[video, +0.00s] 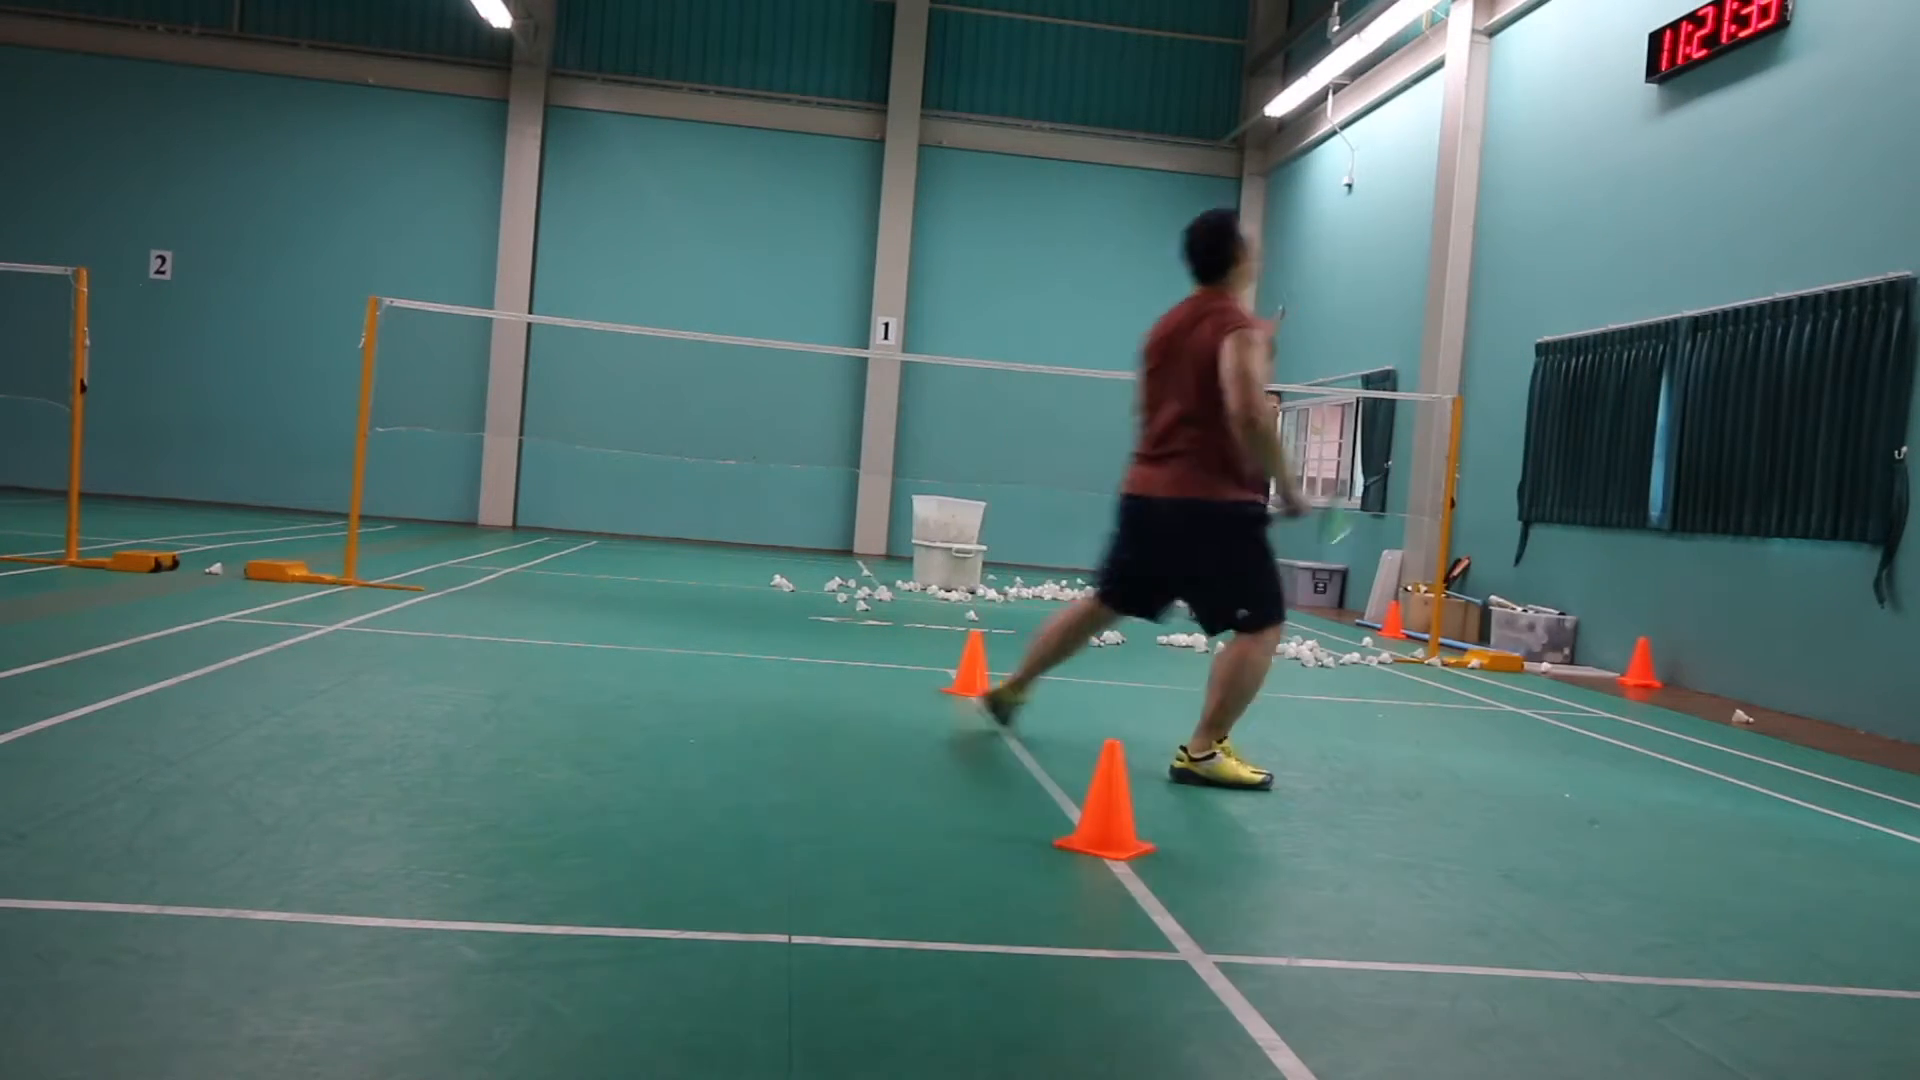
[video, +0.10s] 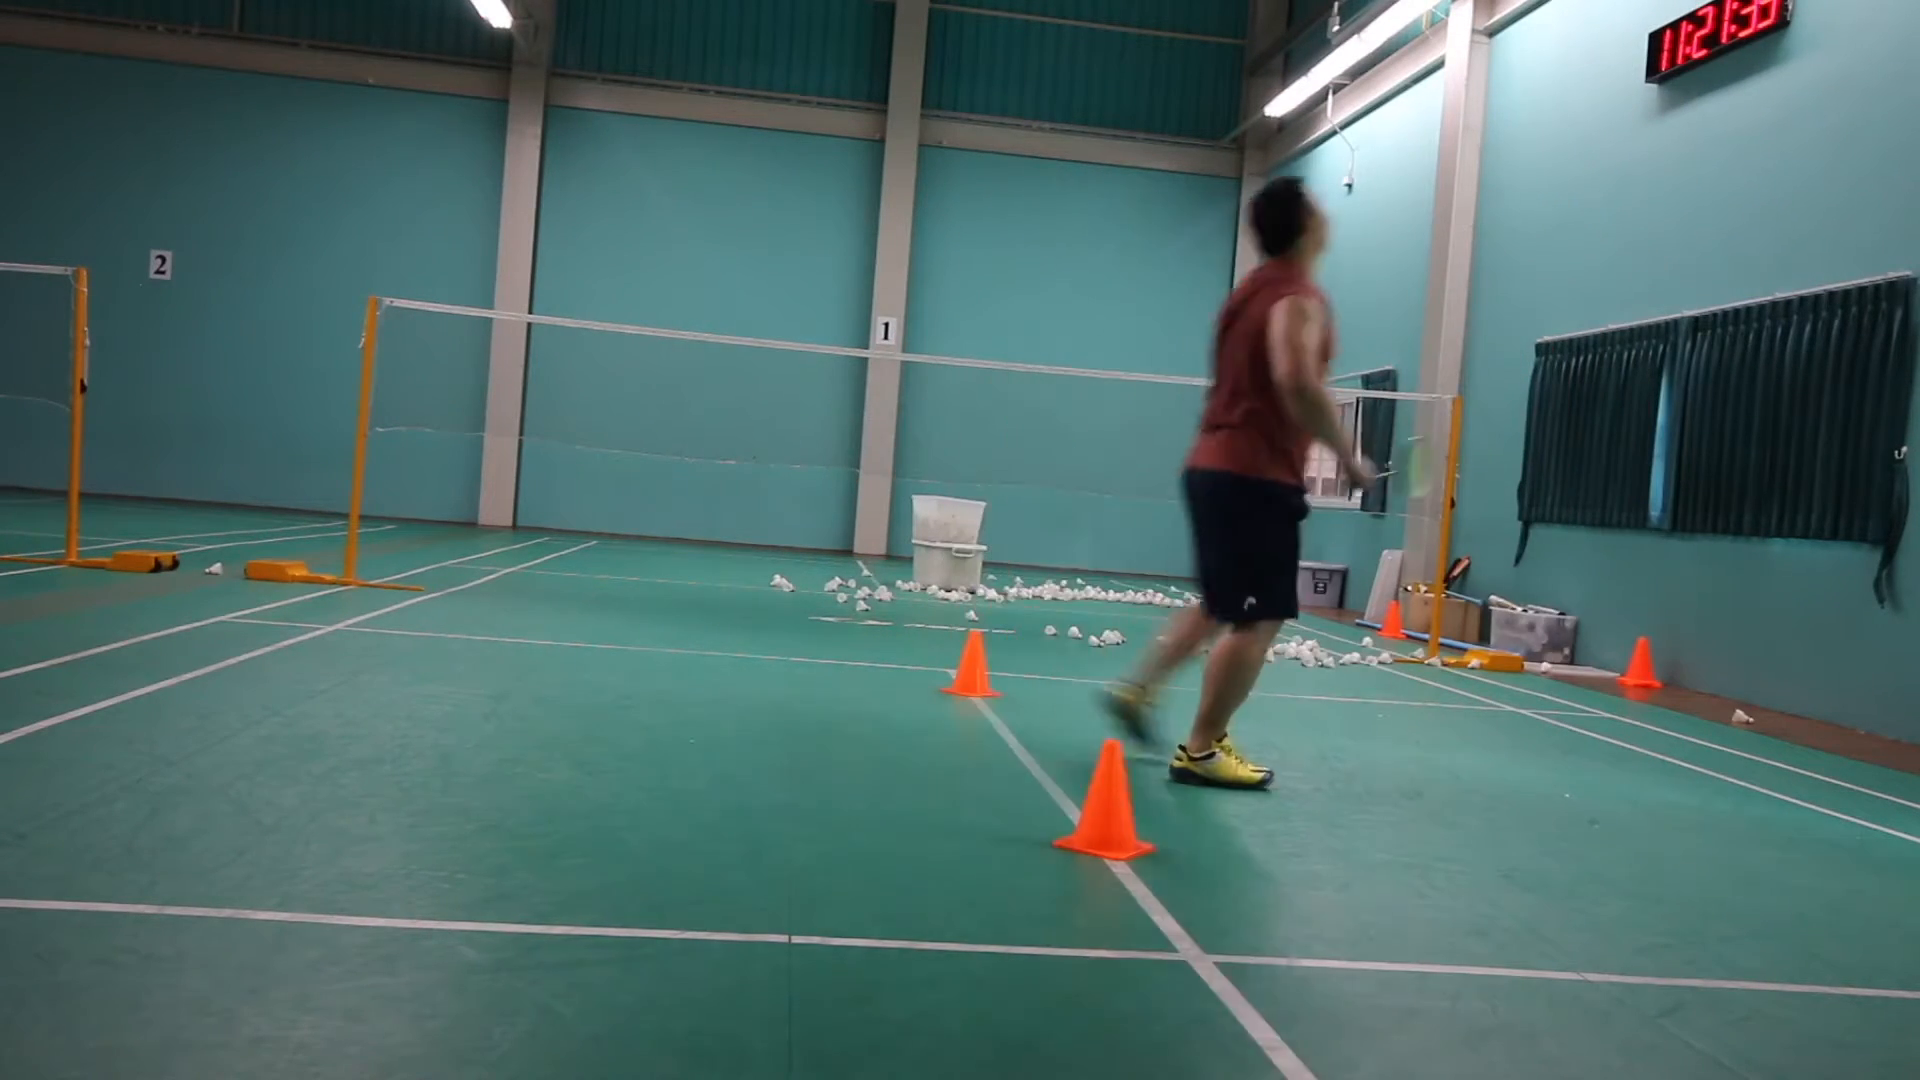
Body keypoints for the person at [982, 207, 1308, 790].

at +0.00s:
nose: (1255, 252)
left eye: (1250, 243)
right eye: (1251, 245)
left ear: (1195, 263)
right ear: (1241, 258)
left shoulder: (1165, 328)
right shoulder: (1240, 326)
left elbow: (1157, 414)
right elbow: (1248, 411)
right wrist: (1288, 483)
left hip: (1148, 501)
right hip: (1217, 510)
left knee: (1107, 601)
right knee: (1261, 628)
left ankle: (1012, 689)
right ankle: (1204, 748)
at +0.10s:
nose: (1327, 220)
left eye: (1321, 210)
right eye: (1319, 213)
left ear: (1266, 233)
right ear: (1307, 227)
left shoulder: (1248, 291)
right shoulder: (1297, 296)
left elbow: (1236, 384)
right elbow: (1295, 380)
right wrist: (1349, 454)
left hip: (1212, 470)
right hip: (1257, 481)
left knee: (1220, 601)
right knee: (1264, 615)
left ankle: (1137, 688)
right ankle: (1203, 747)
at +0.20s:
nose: (1418, 229)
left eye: (1412, 220)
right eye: (1409, 222)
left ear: (1365, 243)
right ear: (1395, 238)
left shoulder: (1351, 297)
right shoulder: (1376, 303)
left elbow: (1386, 357)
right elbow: (1384, 372)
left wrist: (1453, 336)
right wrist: (1457, 422)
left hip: (1328, 498)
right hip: (1310, 498)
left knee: (1380, 612)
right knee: (1272, 624)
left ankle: (1373, 757)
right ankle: (1201, 748)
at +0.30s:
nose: (1502, 239)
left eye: (1495, 230)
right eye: (1493, 232)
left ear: (1451, 254)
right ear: (1475, 248)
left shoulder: (1460, 309)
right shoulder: (1449, 314)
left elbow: (1488, 304)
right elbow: (1458, 374)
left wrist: (1536, 277)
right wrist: (1562, 376)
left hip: (1438, 519)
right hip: (1398, 515)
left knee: (1479, 637)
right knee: (1369, 648)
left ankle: (1464, 781)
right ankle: (1243, 721)